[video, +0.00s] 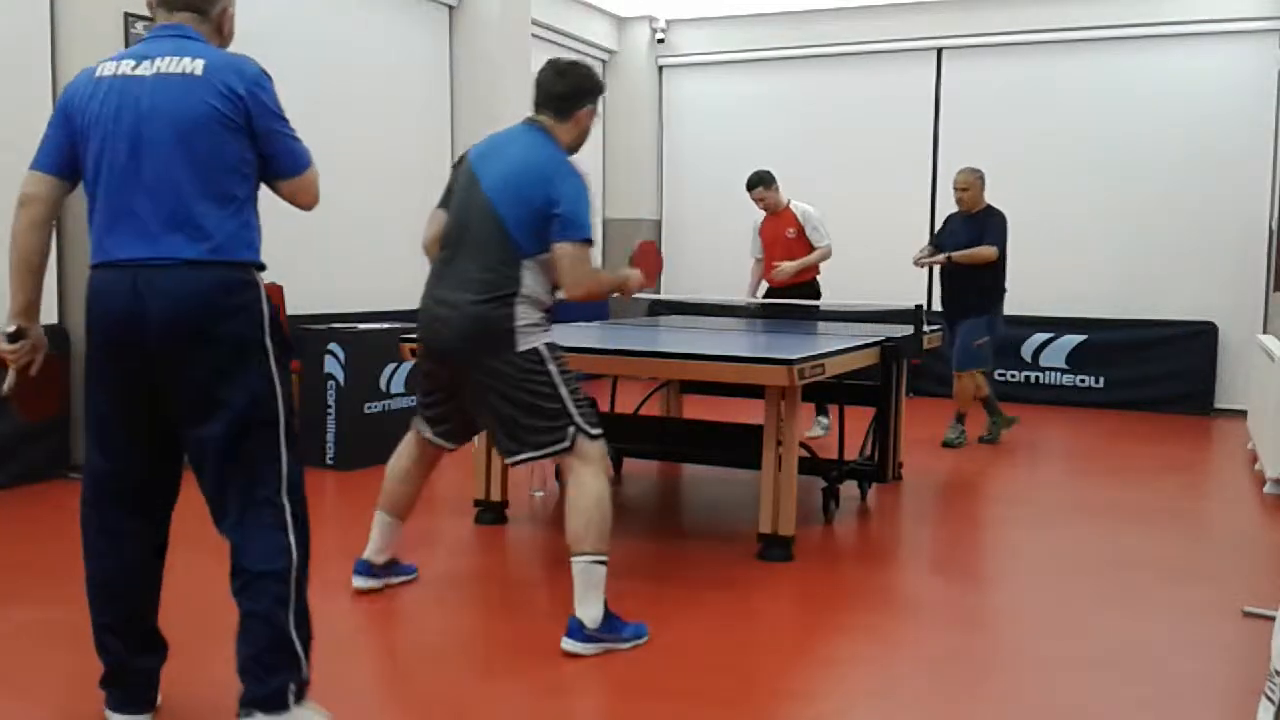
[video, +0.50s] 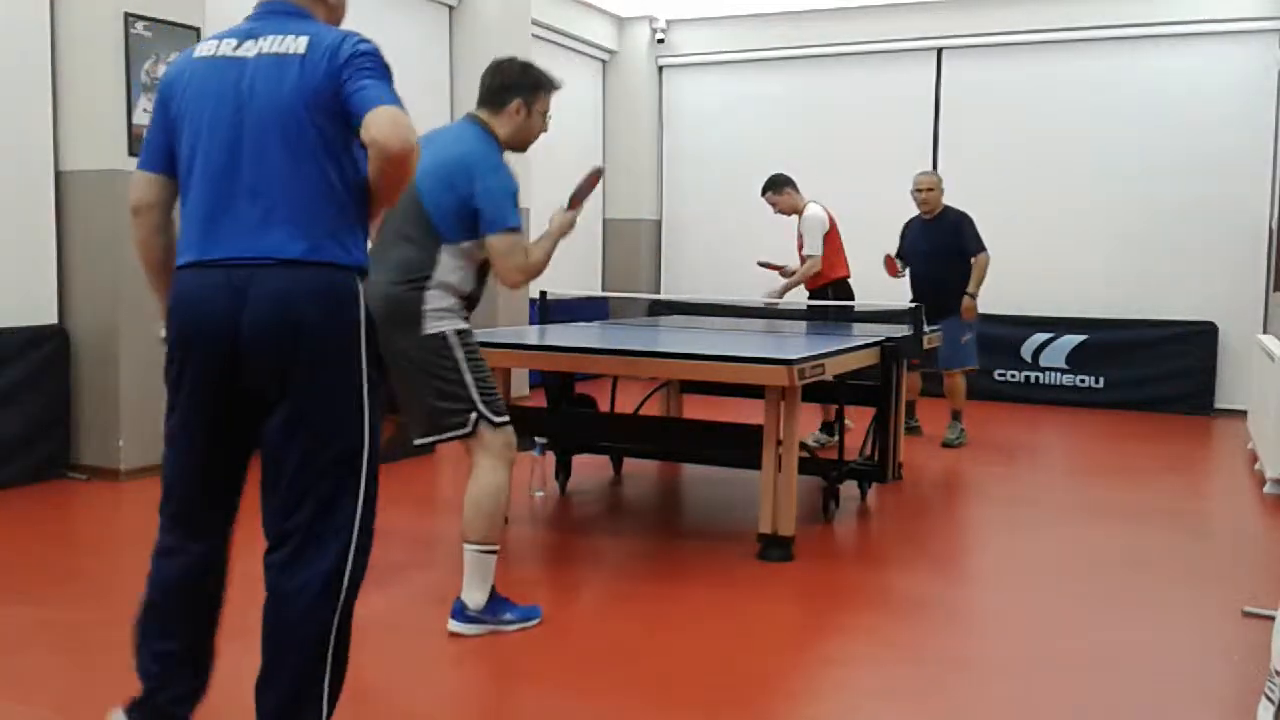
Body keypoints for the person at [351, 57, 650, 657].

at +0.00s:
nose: (591, 127)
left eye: (592, 118)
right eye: (592, 118)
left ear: (537, 105)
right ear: (581, 115)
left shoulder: (480, 153)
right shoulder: (561, 176)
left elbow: (434, 240)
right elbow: (575, 283)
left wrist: (502, 264)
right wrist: (620, 277)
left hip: (440, 323)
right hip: (508, 331)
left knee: (425, 435)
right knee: (586, 456)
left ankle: (374, 559)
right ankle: (591, 618)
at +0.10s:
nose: (576, 128)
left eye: (577, 117)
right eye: (574, 116)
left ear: (521, 107)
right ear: (550, 113)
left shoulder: (461, 152)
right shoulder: (530, 173)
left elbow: (418, 240)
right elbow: (542, 278)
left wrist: (475, 273)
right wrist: (601, 271)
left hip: (420, 316)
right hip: (480, 325)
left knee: (416, 431)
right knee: (553, 451)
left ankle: (371, 560)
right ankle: (584, 609)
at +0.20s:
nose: (566, 120)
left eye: (568, 109)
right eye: (563, 107)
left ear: (517, 98)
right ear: (529, 98)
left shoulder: (449, 137)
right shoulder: (516, 160)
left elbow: (402, 221)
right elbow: (520, 263)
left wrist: (445, 264)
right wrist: (570, 244)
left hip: (404, 304)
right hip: (462, 310)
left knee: (409, 426)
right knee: (535, 432)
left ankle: (370, 558)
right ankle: (536, 593)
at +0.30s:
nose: (561, 109)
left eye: (563, 97)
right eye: (558, 95)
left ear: (515, 86)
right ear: (523, 85)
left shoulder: (442, 120)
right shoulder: (511, 143)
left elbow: (391, 203)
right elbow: (515, 247)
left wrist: (425, 252)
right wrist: (566, 217)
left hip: (392, 288)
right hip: (450, 294)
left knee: (397, 413)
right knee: (513, 426)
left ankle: (366, 543)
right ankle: (488, 585)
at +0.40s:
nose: (554, 114)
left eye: (557, 102)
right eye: (551, 100)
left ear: (503, 89)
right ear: (520, 90)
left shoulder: (435, 126)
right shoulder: (506, 147)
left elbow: (382, 206)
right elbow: (516, 251)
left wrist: (420, 261)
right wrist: (561, 212)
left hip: (383, 300)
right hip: (445, 310)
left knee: (391, 415)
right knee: (493, 440)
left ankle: (340, 534)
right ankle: (477, 600)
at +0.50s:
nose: (544, 128)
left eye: (546, 116)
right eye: (542, 115)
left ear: (496, 105)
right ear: (516, 107)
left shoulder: (443, 142)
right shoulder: (486, 166)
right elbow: (516, 272)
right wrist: (555, 233)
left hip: (379, 305)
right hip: (424, 313)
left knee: (353, 444)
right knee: (496, 444)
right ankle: (476, 601)